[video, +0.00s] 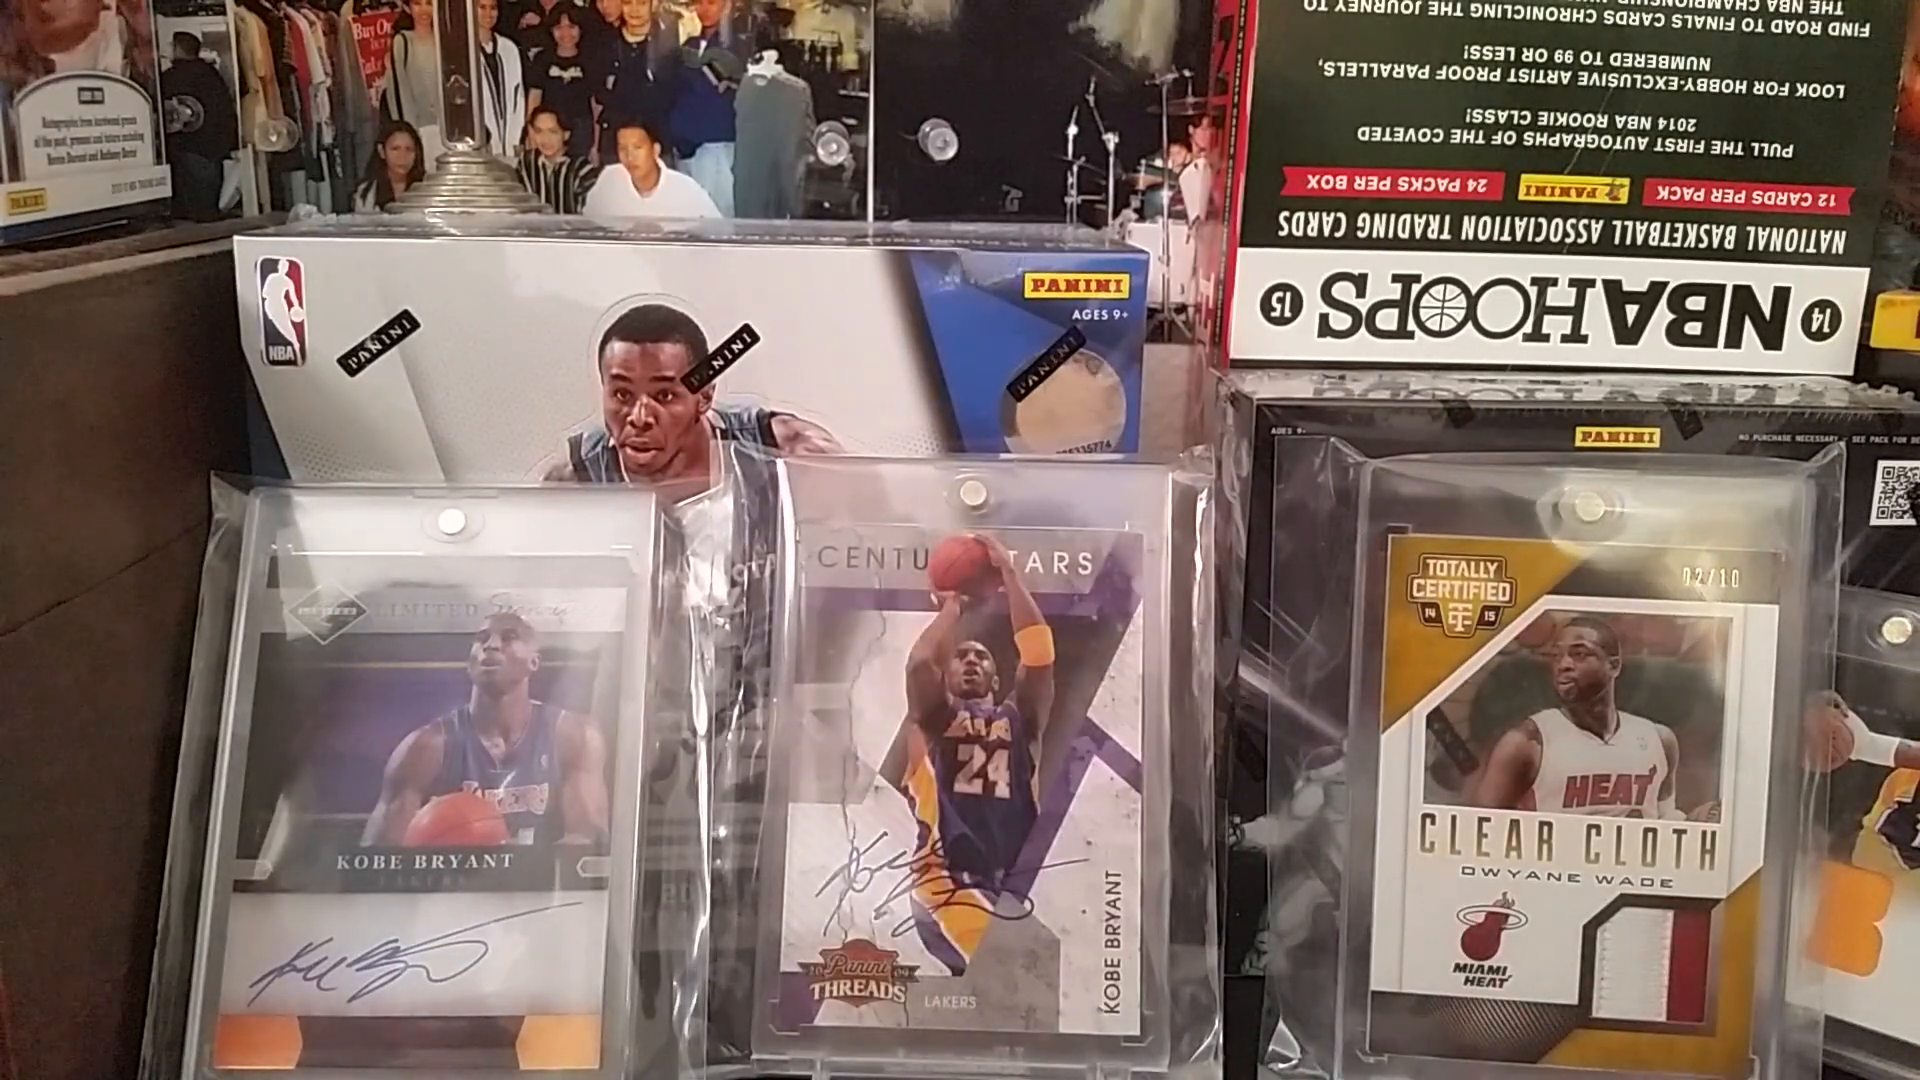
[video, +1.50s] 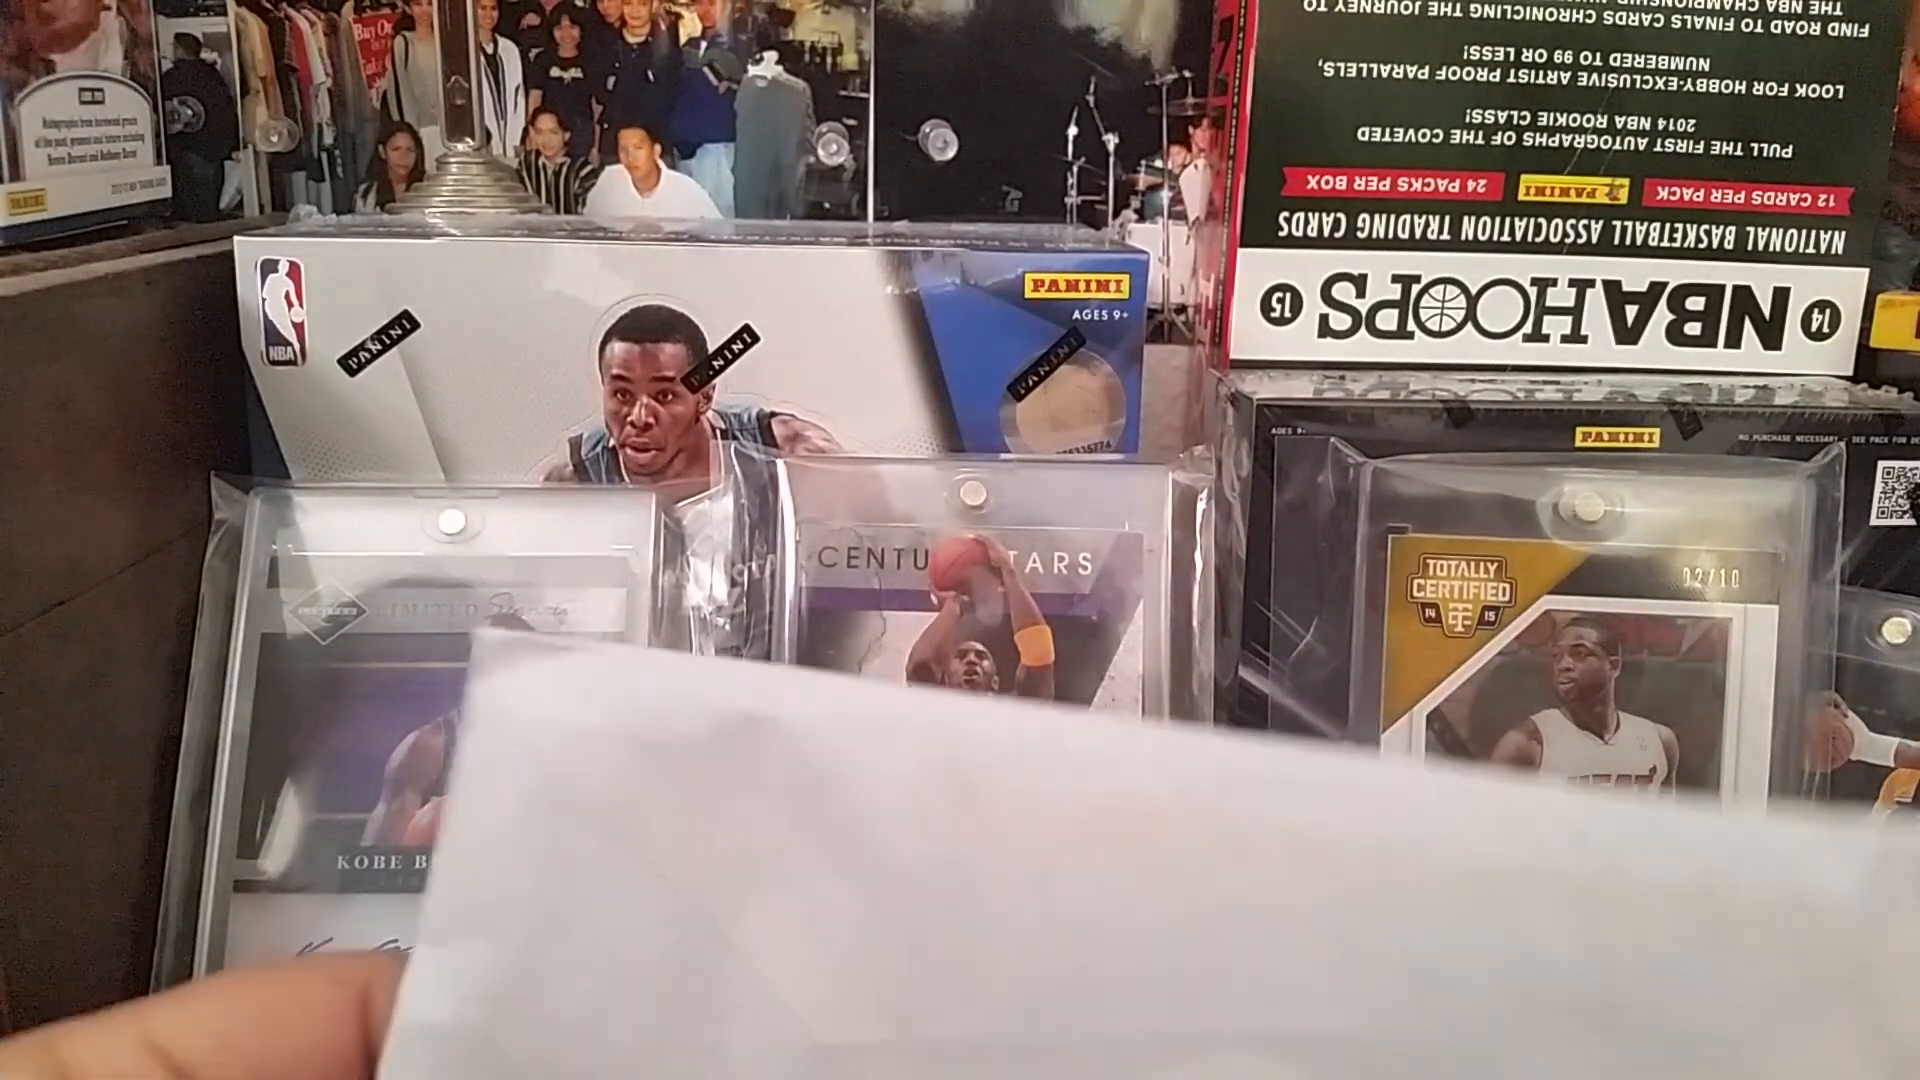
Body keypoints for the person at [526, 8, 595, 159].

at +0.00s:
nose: (565, 33)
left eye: (571, 27)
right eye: (559, 28)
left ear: (579, 30)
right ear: (552, 32)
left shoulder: (589, 60)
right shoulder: (543, 59)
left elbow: (596, 104)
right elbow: (534, 97)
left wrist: (595, 146)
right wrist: (531, 134)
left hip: (581, 131)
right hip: (549, 133)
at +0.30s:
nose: (565, 33)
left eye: (571, 27)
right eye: (560, 28)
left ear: (580, 31)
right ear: (553, 32)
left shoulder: (589, 62)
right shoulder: (543, 60)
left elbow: (597, 104)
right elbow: (535, 98)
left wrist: (596, 145)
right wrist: (531, 135)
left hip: (581, 133)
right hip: (548, 134)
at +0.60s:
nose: (566, 33)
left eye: (572, 27)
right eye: (560, 28)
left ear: (580, 30)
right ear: (553, 32)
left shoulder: (589, 61)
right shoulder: (543, 60)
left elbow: (597, 105)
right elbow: (535, 99)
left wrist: (596, 146)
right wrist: (531, 136)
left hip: (581, 132)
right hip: (549, 133)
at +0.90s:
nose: (566, 33)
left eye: (572, 27)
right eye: (560, 28)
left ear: (580, 31)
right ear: (553, 33)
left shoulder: (589, 62)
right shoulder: (543, 60)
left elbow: (597, 105)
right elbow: (535, 97)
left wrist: (596, 146)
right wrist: (531, 135)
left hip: (581, 132)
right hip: (549, 134)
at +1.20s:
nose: (566, 33)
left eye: (572, 27)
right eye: (560, 28)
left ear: (580, 31)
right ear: (554, 33)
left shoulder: (590, 62)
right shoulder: (543, 60)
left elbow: (597, 105)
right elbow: (535, 98)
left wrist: (596, 146)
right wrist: (532, 135)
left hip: (581, 132)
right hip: (549, 133)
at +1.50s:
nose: (566, 33)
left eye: (572, 27)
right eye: (559, 28)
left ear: (580, 31)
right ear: (553, 33)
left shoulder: (590, 61)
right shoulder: (543, 60)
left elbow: (597, 105)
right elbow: (534, 98)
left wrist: (596, 146)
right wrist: (532, 135)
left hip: (581, 132)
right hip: (550, 134)